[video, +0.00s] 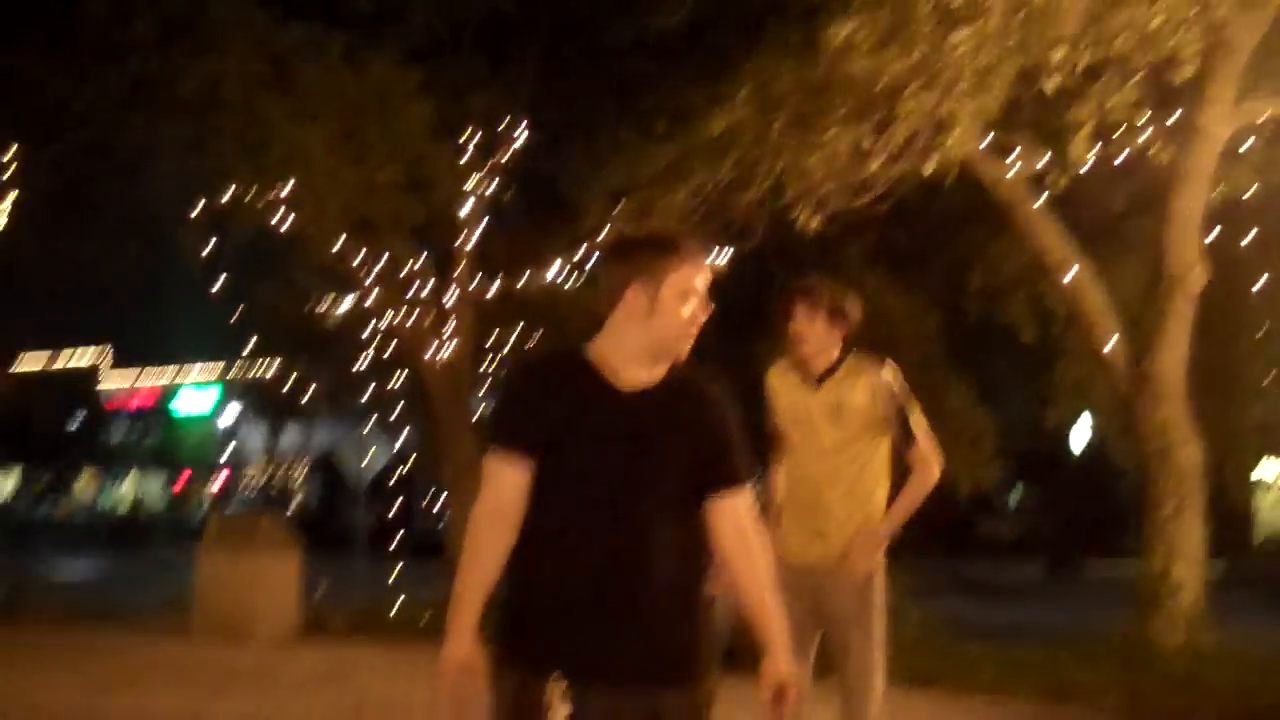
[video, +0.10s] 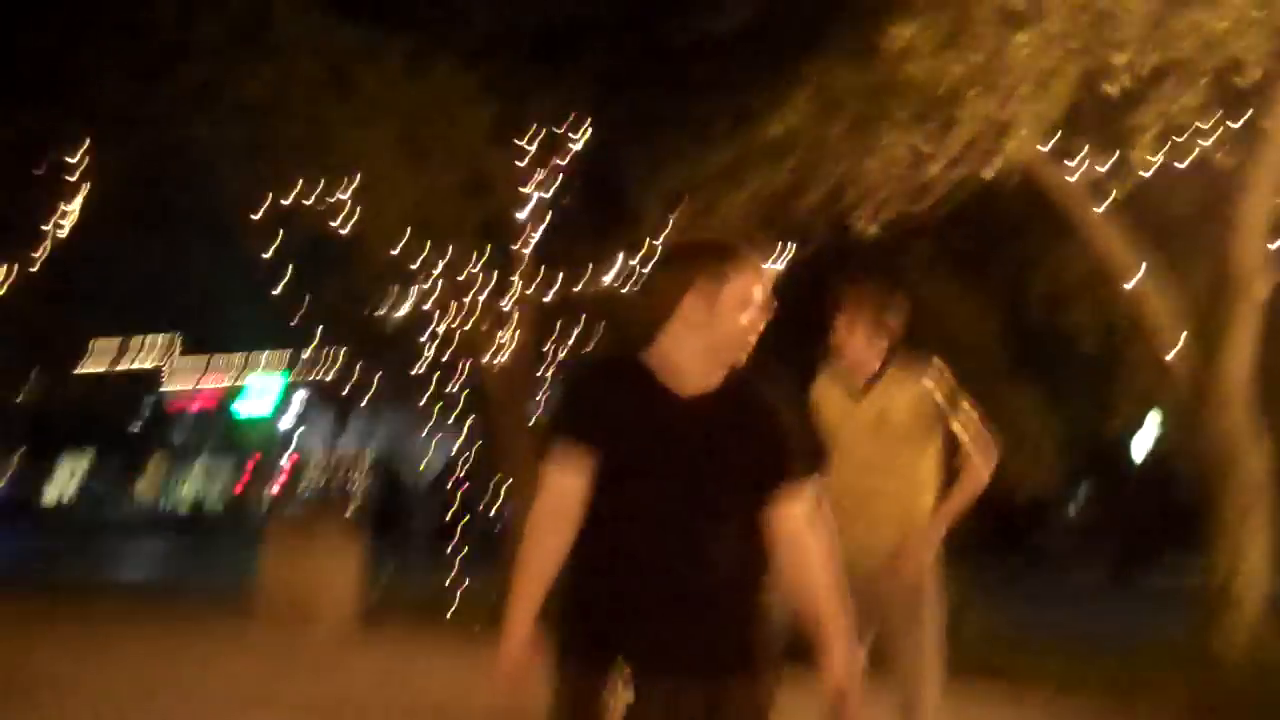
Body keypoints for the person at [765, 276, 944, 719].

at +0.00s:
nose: (796, 329)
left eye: (809, 319)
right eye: (794, 318)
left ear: (840, 327)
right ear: (788, 322)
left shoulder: (878, 379)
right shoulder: (778, 381)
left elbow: (929, 464)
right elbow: (780, 454)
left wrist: (879, 535)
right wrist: (773, 524)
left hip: (854, 565)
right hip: (790, 561)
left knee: (862, 699)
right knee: (784, 694)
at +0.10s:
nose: (839, 338)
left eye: (852, 326)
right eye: (839, 325)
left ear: (885, 334)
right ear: (833, 327)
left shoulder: (926, 381)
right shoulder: (823, 390)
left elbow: (982, 456)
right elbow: (810, 469)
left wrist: (931, 532)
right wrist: (816, 539)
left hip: (908, 562)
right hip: (841, 562)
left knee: (918, 692)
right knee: (840, 690)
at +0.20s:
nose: (869, 329)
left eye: (881, 318)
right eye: (868, 318)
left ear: (916, 324)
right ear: (866, 322)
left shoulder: (963, 373)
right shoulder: (857, 386)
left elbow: (1026, 443)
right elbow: (847, 469)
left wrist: (971, 521)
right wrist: (851, 544)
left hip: (952, 559)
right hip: (884, 561)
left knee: (968, 695)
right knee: (884, 688)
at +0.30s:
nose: (881, 298)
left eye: (891, 286)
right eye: (878, 286)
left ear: (925, 290)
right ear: (876, 291)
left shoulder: (971, 344)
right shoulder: (869, 351)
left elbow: (1032, 414)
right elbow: (862, 422)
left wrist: (980, 481)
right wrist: (863, 486)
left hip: (960, 521)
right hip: (893, 521)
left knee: (971, 653)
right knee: (892, 647)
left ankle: (969, 712)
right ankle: (889, 713)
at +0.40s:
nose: (834, 288)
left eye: (845, 278)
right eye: (835, 278)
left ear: (876, 286)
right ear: (842, 285)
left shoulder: (925, 339)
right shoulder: (828, 344)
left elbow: (982, 411)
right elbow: (830, 413)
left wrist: (937, 481)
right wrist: (833, 474)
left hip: (916, 518)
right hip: (852, 517)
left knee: (924, 655)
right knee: (849, 649)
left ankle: (919, 714)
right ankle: (852, 709)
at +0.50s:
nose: (834, 295)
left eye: (845, 285)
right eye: (835, 285)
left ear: (877, 294)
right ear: (843, 292)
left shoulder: (923, 346)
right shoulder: (829, 350)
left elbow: (977, 425)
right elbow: (833, 420)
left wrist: (937, 497)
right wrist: (831, 478)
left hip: (913, 530)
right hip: (850, 529)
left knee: (914, 673)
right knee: (846, 665)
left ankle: (909, 715)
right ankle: (850, 714)